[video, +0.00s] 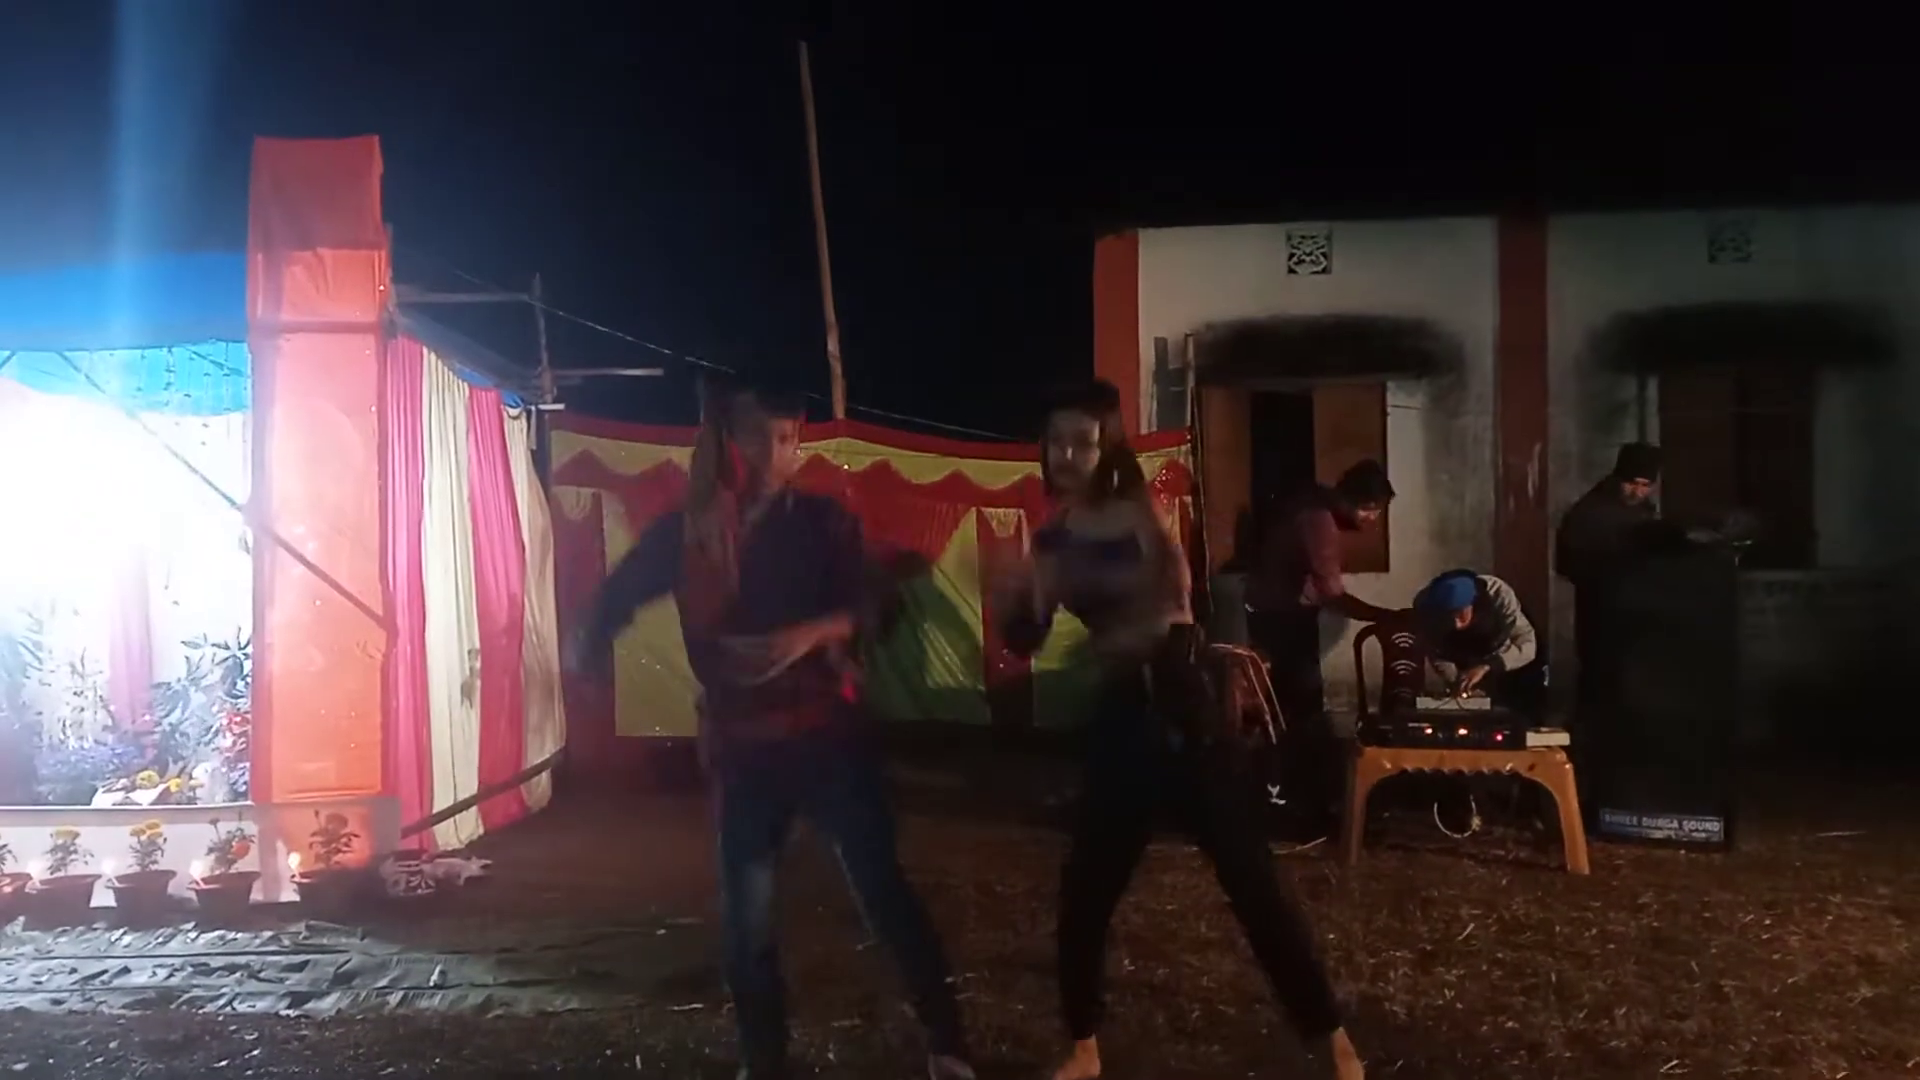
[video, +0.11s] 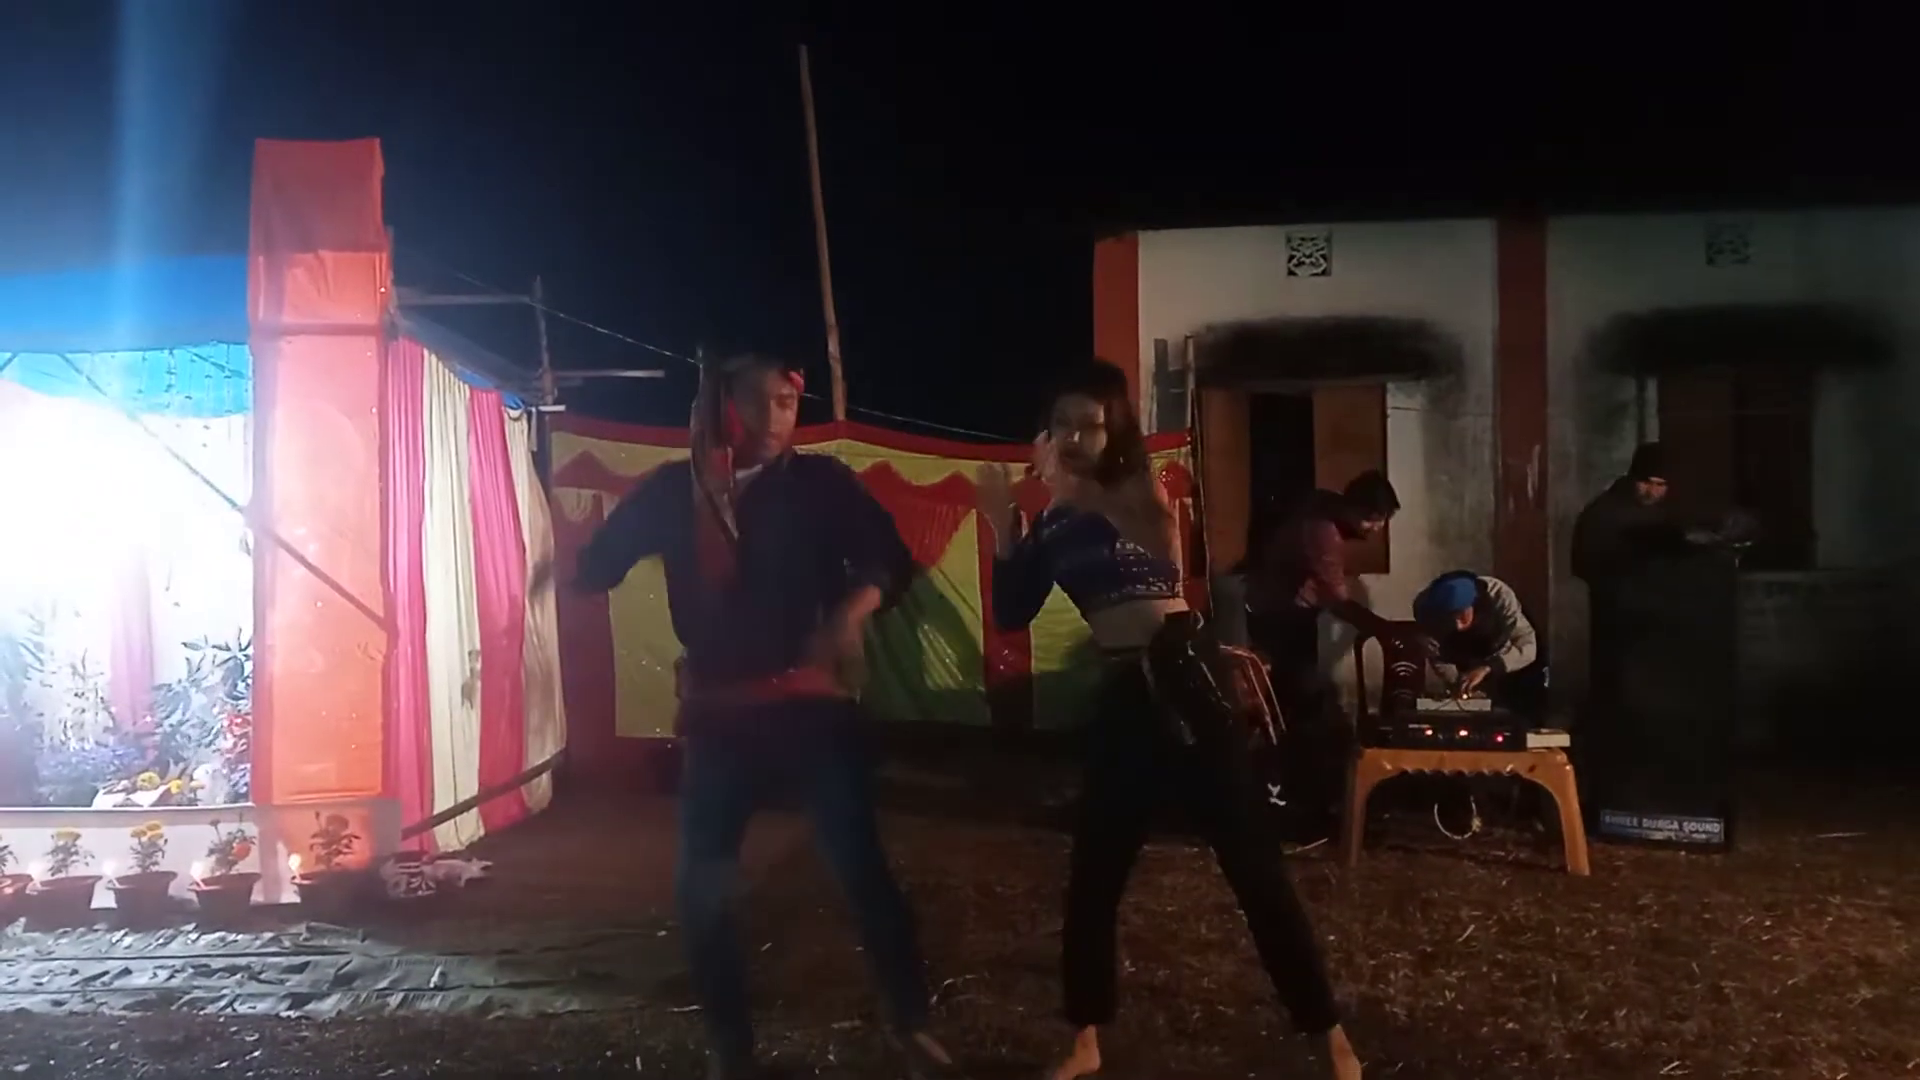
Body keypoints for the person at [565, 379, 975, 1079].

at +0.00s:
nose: (789, 453)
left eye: (794, 439)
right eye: (774, 440)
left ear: (798, 444)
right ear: (733, 444)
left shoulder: (825, 519)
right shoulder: (690, 530)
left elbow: (867, 609)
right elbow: (620, 592)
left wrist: (803, 636)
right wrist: (587, 639)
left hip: (830, 741)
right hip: (746, 750)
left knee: (881, 893)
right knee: (747, 918)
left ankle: (946, 1045)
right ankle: (762, 1060)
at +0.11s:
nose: (785, 419)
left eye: (791, 404)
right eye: (772, 403)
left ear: (796, 411)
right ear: (726, 407)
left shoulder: (819, 481)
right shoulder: (671, 491)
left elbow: (887, 558)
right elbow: (599, 568)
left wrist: (851, 614)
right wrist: (561, 563)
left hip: (817, 715)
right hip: (720, 721)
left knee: (860, 866)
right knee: (701, 887)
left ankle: (910, 1020)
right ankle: (730, 1049)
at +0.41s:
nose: (763, 469)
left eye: (772, 454)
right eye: (744, 453)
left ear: (781, 464)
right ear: (707, 464)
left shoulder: (803, 559)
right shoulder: (647, 542)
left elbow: (855, 672)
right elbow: (545, 585)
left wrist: (870, 777)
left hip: (749, 769)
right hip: (654, 766)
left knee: (786, 927)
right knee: (615, 932)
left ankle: (846, 1060)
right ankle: (627, 1065)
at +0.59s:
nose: (752, 438)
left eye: (763, 423)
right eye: (733, 425)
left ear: (779, 432)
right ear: (701, 437)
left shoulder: (812, 522)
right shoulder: (663, 496)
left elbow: (855, 621)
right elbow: (558, 520)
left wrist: (837, 707)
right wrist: (574, 494)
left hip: (728, 722)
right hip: (635, 713)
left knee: (789, 875)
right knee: (603, 881)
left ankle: (834, 1025)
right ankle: (569, 1043)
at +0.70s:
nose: (743, 466)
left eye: (755, 448)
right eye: (724, 451)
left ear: (776, 452)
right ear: (697, 460)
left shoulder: (813, 546)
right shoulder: (673, 530)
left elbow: (852, 645)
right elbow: (568, 543)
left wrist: (830, 726)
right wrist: (677, 526)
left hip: (731, 751)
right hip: (643, 738)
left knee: (794, 916)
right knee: (605, 909)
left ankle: (802, 1062)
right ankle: (559, 1058)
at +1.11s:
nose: (764, 427)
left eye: (770, 417)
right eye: (751, 412)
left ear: (773, 427)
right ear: (709, 416)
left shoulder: (799, 510)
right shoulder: (657, 508)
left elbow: (854, 612)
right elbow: (564, 569)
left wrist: (870, 699)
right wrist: (575, 523)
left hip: (803, 732)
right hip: (710, 738)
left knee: (842, 888)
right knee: (665, 896)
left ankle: (893, 1044)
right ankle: (667, 1054)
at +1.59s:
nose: (778, 441)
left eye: (791, 426)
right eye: (762, 426)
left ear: (810, 435)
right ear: (734, 434)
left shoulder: (852, 524)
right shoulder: (702, 520)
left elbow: (892, 626)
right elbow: (608, 557)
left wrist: (862, 700)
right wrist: (687, 524)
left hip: (800, 747)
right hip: (705, 740)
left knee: (846, 910)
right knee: (676, 906)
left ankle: (856, 1060)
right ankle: (637, 1059)